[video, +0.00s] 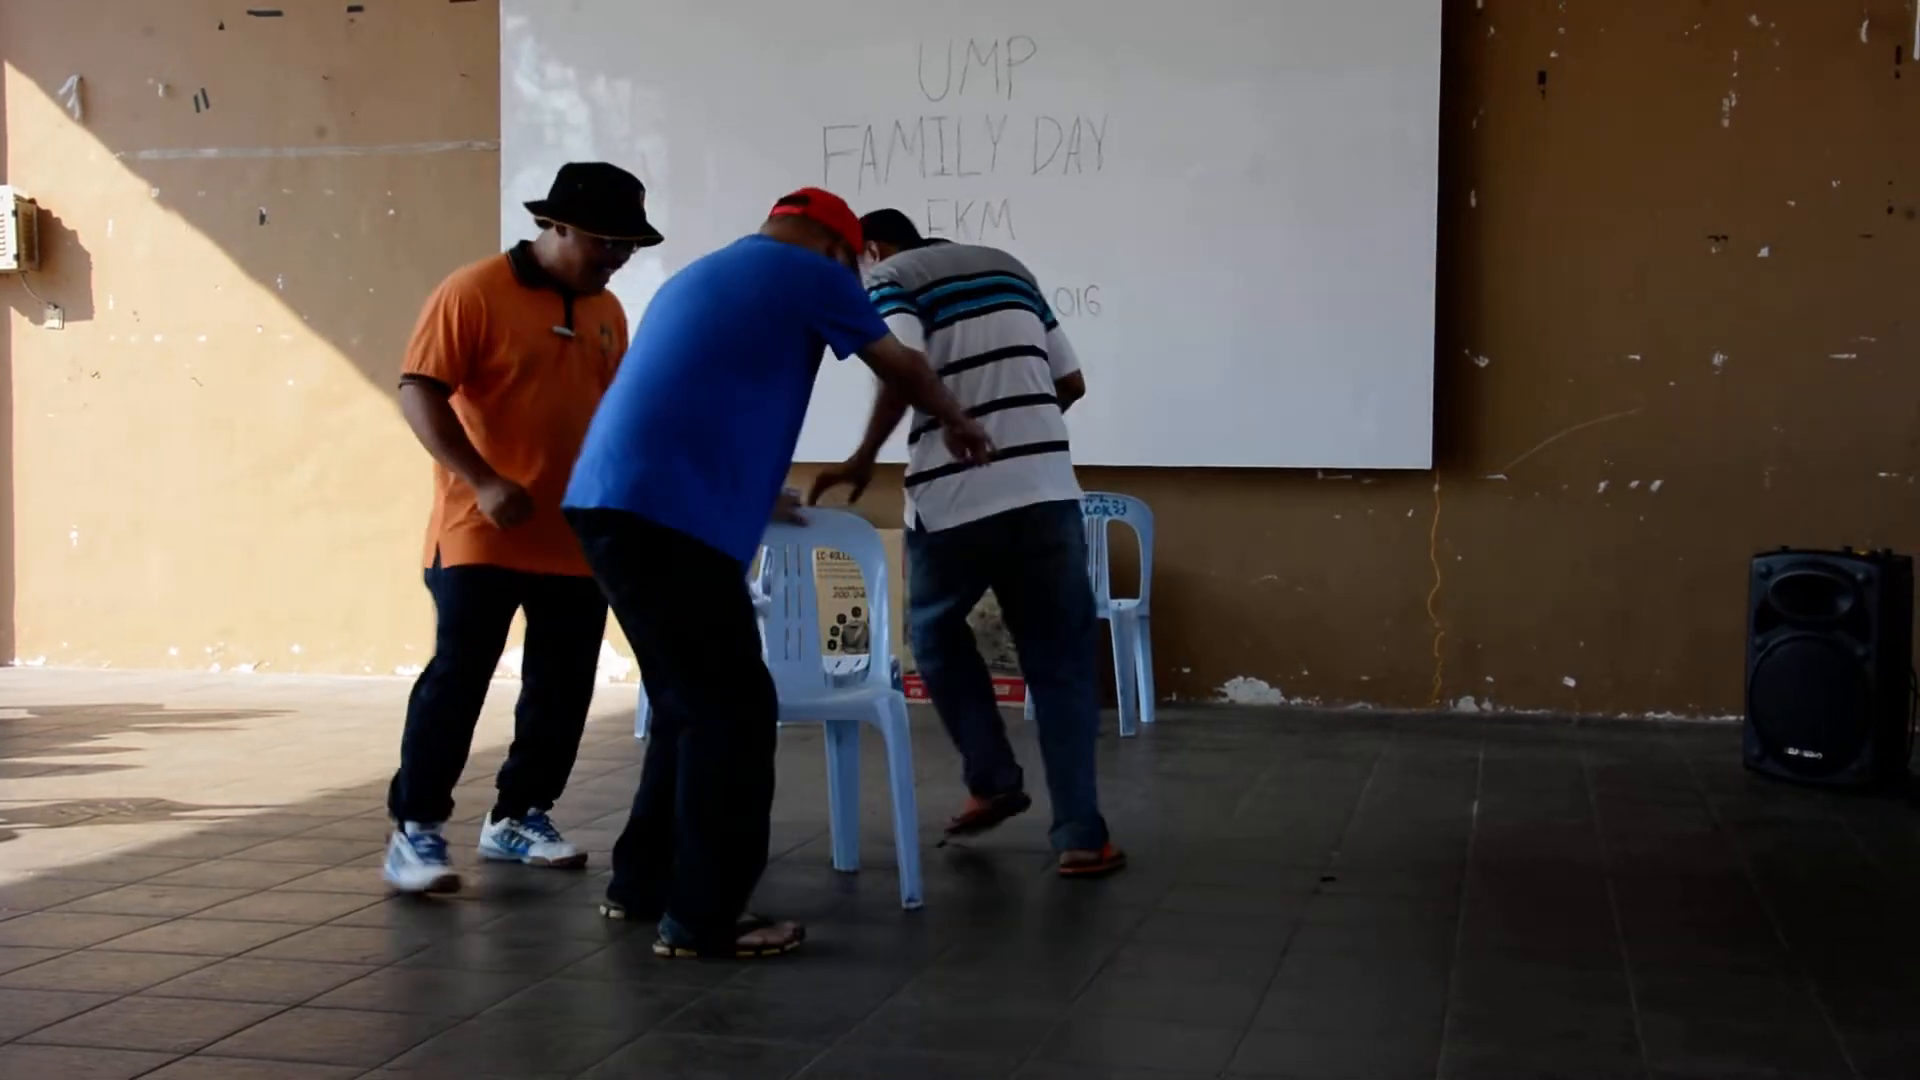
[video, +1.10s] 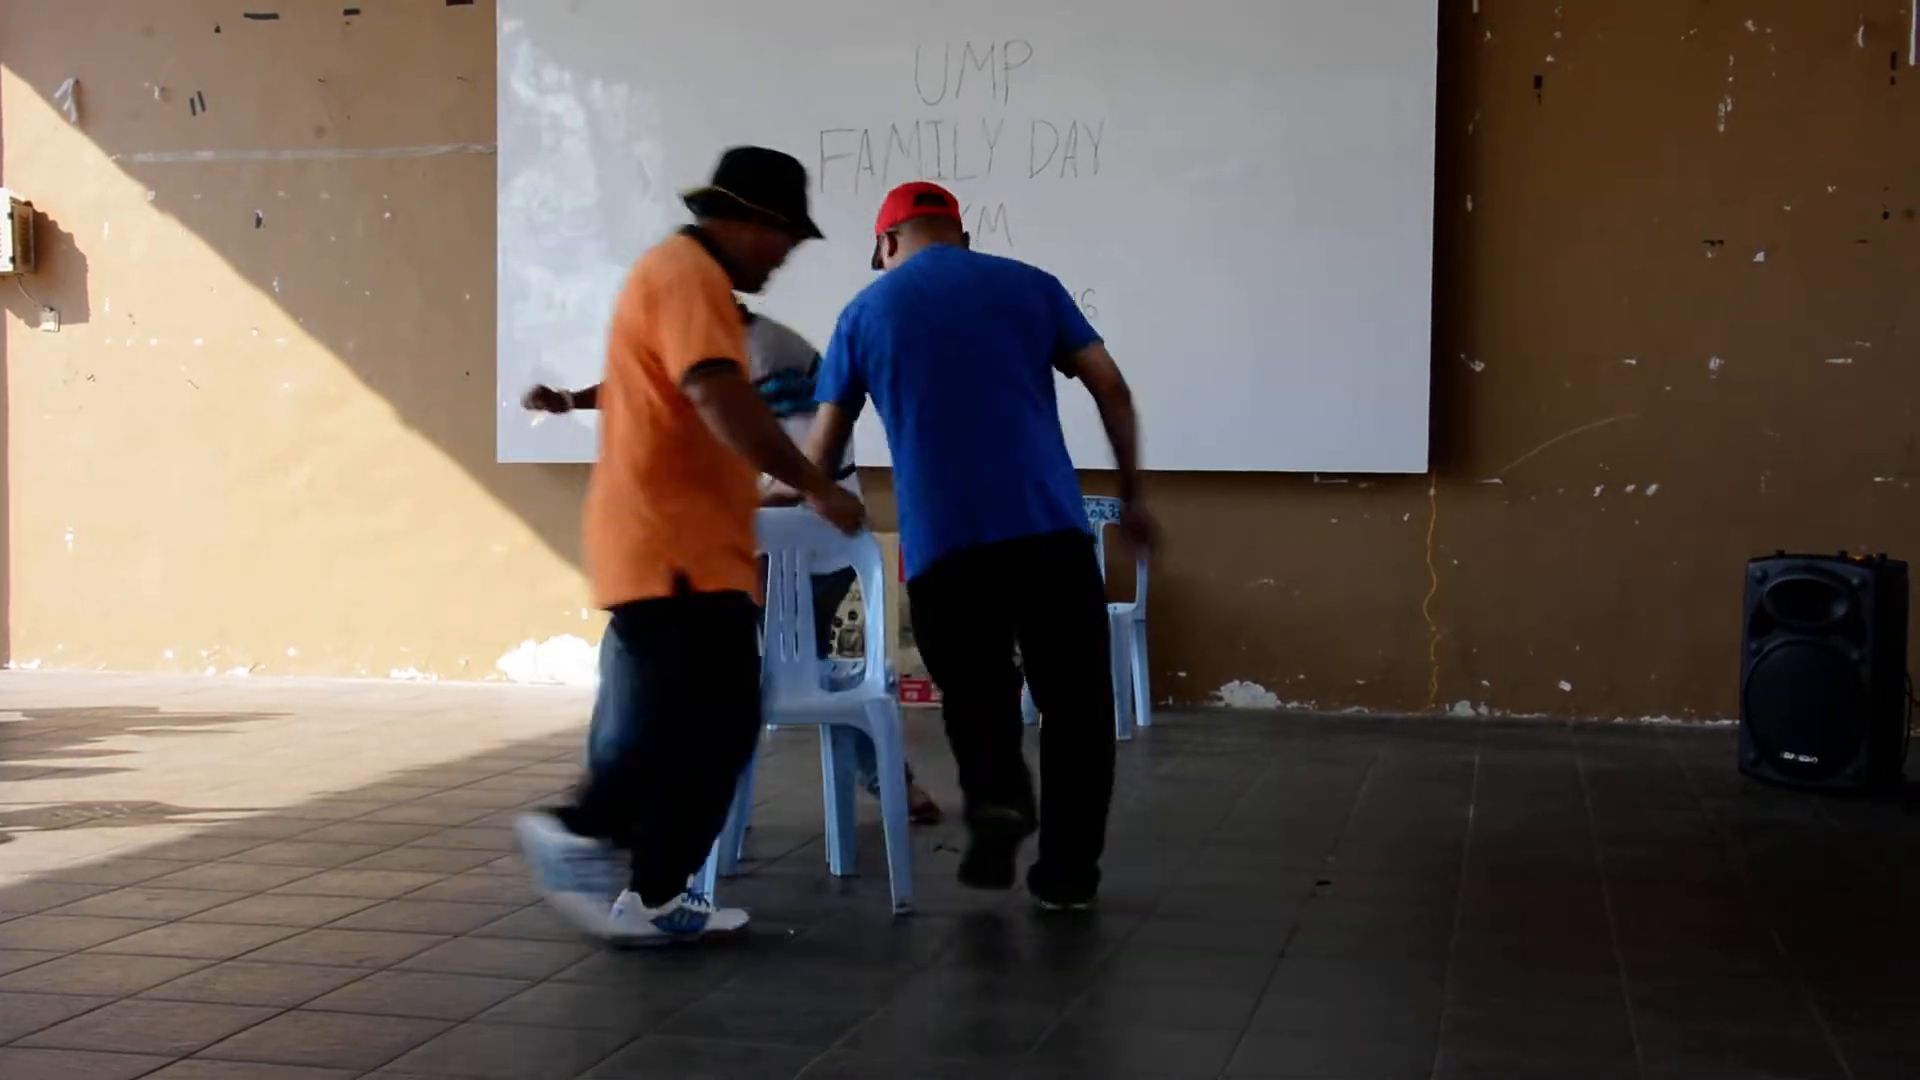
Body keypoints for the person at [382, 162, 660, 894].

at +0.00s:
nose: (617, 260)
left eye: (624, 248)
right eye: (607, 245)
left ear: (622, 244)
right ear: (558, 229)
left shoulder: (607, 314)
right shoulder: (472, 293)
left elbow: (622, 414)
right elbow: (417, 392)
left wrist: (622, 492)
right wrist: (480, 480)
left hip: (574, 534)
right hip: (481, 528)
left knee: (562, 686)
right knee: (458, 675)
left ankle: (519, 817)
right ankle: (416, 829)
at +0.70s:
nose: (671, 255)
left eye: (678, 240)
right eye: (669, 236)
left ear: (630, 217)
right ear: (628, 211)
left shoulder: (603, 291)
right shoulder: (539, 265)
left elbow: (587, 415)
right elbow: (498, 375)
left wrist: (620, 516)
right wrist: (597, 469)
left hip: (589, 553)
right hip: (526, 552)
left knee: (590, 710)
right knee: (520, 720)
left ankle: (525, 845)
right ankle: (474, 886)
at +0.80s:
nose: (688, 252)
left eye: (695, 238)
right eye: (685, 234)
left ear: (651, 219)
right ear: (645, 212)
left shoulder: (616, 285)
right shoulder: (565, 268)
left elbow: (591, 410)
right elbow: (563, 387)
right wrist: (665, 470)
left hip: (610, 550)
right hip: (537, 551)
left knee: (643, 699)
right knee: (534, 717)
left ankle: (548, 834)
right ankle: (477, 886)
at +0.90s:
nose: (720, 237)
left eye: (726, 222)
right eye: (717, 218)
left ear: (676, 205)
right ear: (678, 201)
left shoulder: (640, 271)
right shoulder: (604, 253)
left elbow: (643, 420)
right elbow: (636, 387)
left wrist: (717, 383)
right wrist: (739, 462)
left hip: (636, 540)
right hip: (569, 537)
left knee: (677, 682)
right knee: (553, 708)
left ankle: (617, 862)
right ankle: (483, 881)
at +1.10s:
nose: (782, 258)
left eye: (790, 243)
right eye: (782, 239)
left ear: (724, 216)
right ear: (745, 219)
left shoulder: (669, 271)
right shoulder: (688, 274)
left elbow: (653, 392)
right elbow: (719, 396)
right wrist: (818, 486)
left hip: (668, 541)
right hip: (677, 546)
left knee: (694, 713)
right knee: (711, 717)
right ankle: (576, 837)